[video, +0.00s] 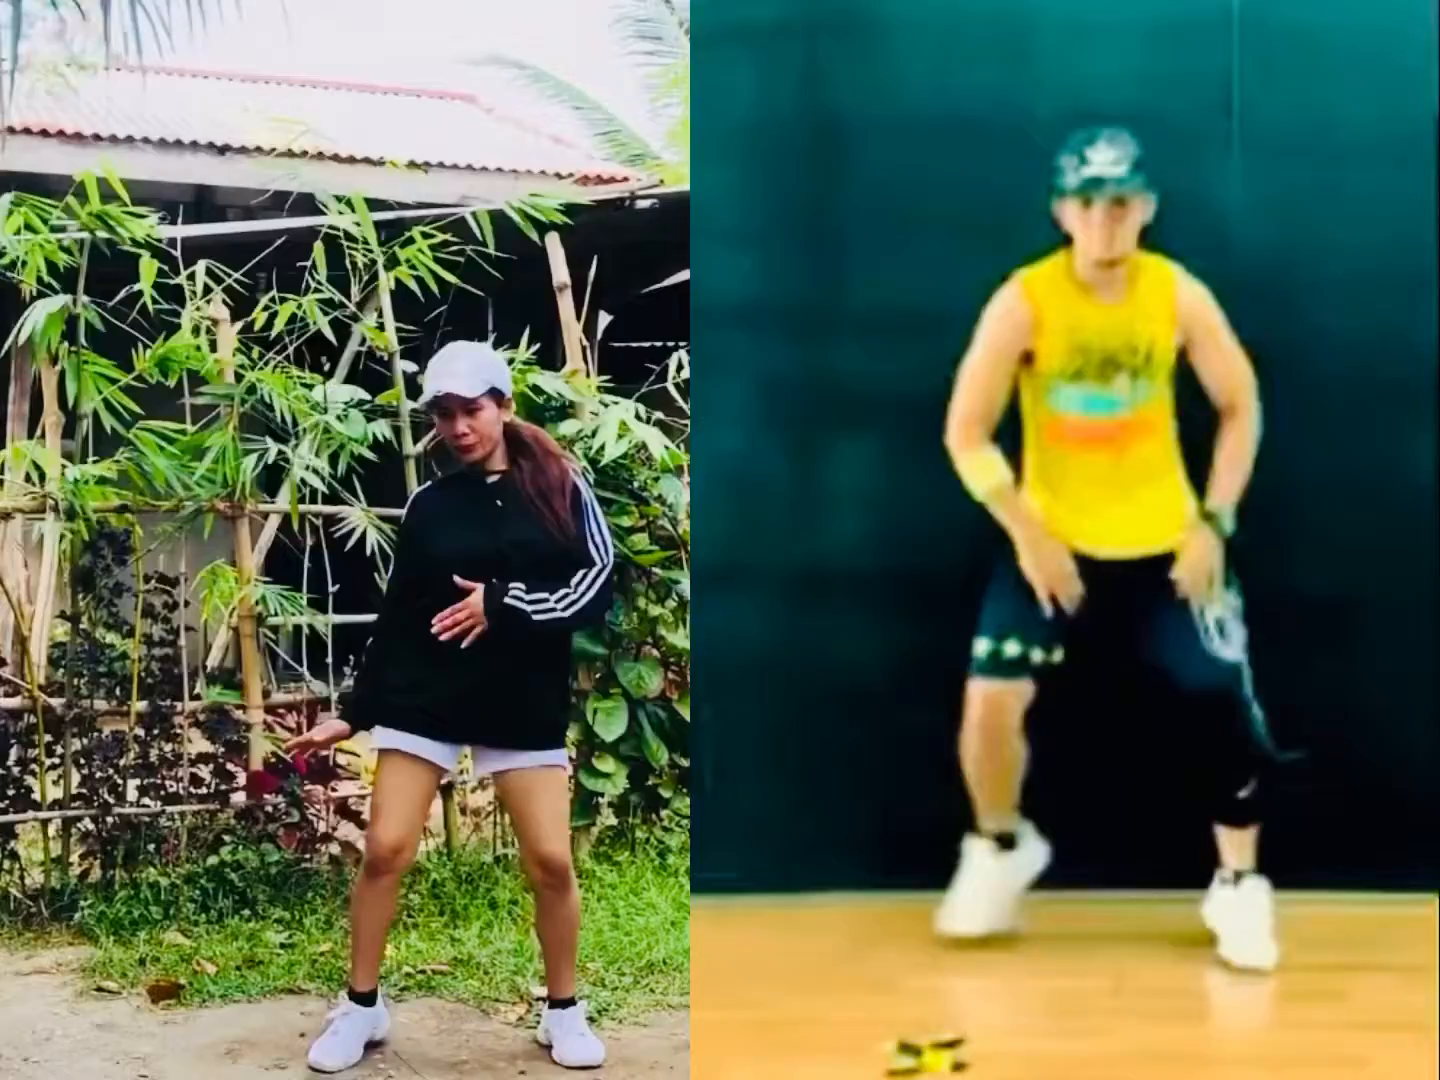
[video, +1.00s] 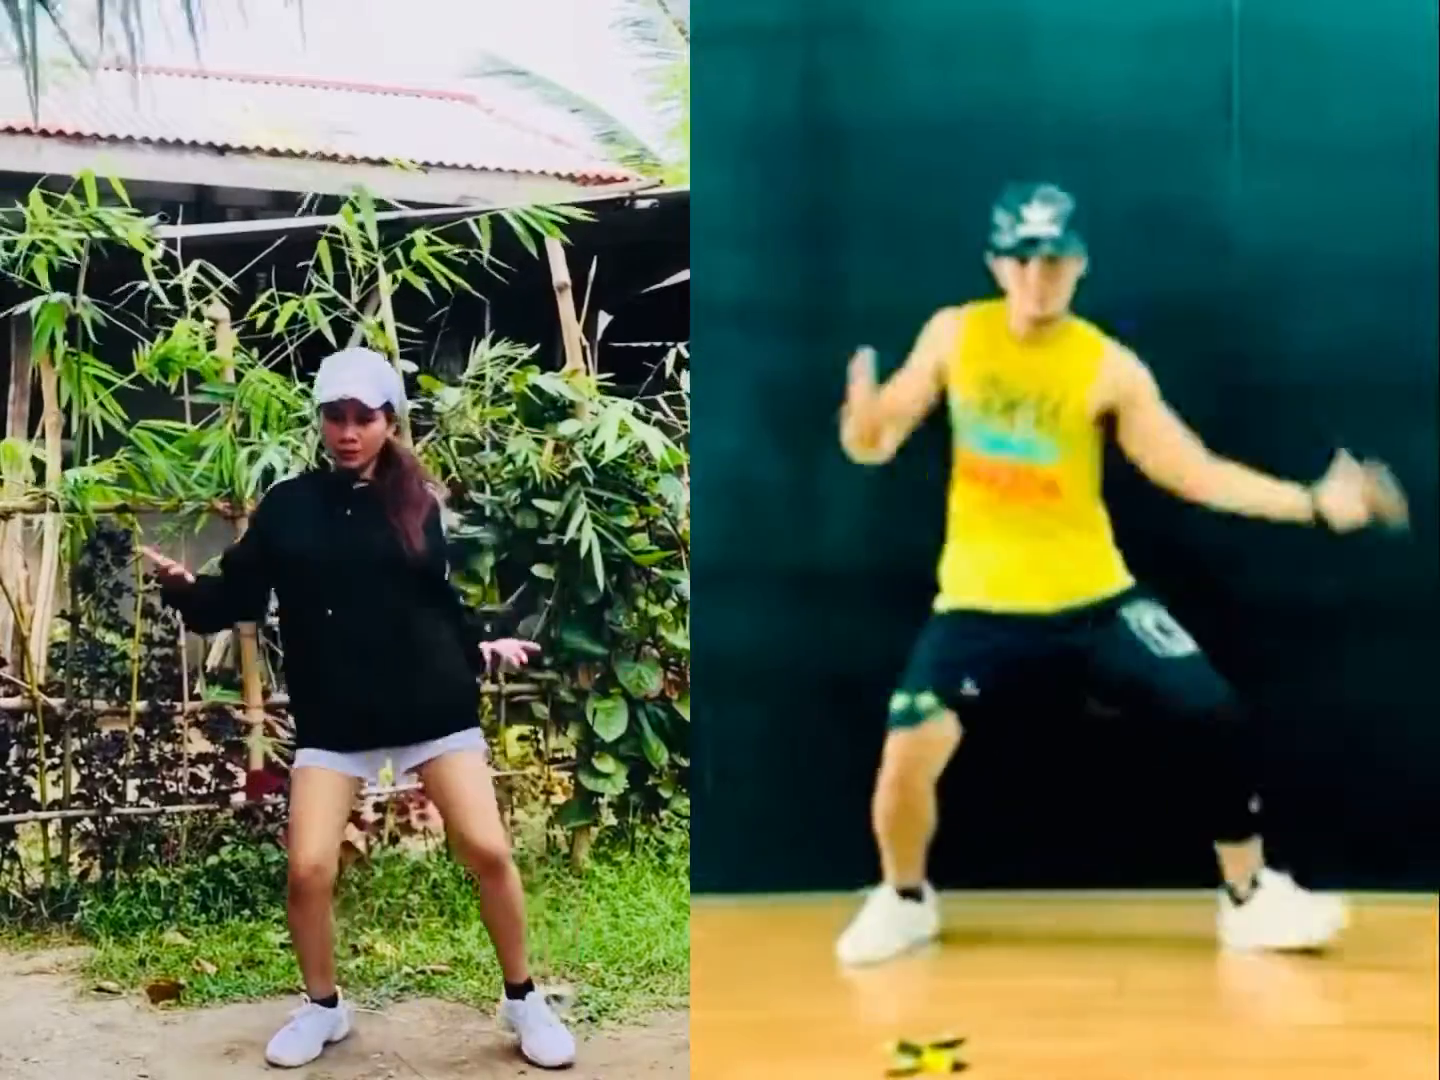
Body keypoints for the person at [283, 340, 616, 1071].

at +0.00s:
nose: (457, 427)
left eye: (469, 410)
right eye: (443, 415)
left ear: (502, 405)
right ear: (434, 422)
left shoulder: (556, 483)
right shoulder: (428, 504)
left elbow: (598, 575)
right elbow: (399, 616)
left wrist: (503, 600)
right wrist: (352, 714)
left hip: (525, 708)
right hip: (421, 702)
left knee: (553, 864)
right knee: (382, 851)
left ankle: (563, 1010)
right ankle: (360, 1008)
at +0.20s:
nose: (477, 416)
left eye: (490, 399)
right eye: (462, 401)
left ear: (517, 401)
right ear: (446, 412)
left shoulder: (567, 484)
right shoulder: (435, 499)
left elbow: (615, 585)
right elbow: (416, 606)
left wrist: (551, 653)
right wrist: (397, 695)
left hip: (546, 705)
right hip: (443, 699)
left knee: (557, 860)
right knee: (413, 854)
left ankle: (562, 1010)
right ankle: (398, 1009)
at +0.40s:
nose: (473, 429)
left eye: (488, 414)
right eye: (459, 414)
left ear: (514, 420)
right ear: (442, 425)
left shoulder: (561, 497)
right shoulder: (432, 517)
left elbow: (622, 588)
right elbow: (373, 620)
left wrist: (637, 676)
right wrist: (398, 600)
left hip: (549, 720)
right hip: (444, 717)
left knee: (561, 874)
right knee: (386, 852)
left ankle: (563, 1011)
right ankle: (373, 995)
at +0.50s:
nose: (458, 429)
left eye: (473, 414)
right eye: (445, 414)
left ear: (502, 417)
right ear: (431, 420)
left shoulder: (538, 496)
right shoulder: (410, 507)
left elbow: (596, 583)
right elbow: (372, 627)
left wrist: (629, 641)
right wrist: (345, 579)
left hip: (543, 718)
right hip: (440, 717)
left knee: (553, 871)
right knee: (369, 848)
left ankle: (564, 1011)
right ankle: (347, 993)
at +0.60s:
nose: (436, 447)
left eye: (452, 432)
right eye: (424, 432)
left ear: (480, 435)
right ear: (408, 436)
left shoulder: (511, 517)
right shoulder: (385, 521)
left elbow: (552, 612)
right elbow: (340, 626)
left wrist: (582, 657)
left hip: (525, 727)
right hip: (421, 730)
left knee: (546, 877)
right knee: (359, 874)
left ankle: (563, 1013)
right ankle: (323, 1005)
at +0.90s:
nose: (360, 453)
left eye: (376, 438)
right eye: (348, 438)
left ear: (403, 441)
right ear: (332, 442)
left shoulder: (437, 521)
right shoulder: (305, 536)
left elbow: (504, 607)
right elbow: (278, 657)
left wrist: (511, 633)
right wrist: (256, 640)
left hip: (432, 727)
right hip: (327, 737)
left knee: (508, 858)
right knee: (311, 888)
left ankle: (551, 1000)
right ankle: (322, 1008)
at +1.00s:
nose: (345, 432)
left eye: (361, 418)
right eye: (333, 417)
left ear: (390, 422)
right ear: (317, 422)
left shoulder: (416, 501)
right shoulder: (285, 507)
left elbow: (437, 599)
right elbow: (236, 599)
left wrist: (484, 639)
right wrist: (186, 590)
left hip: (437, 710)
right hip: (331, 721)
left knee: (489, 850)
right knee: (307, 869)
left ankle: (522, 998)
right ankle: (323, 1006)